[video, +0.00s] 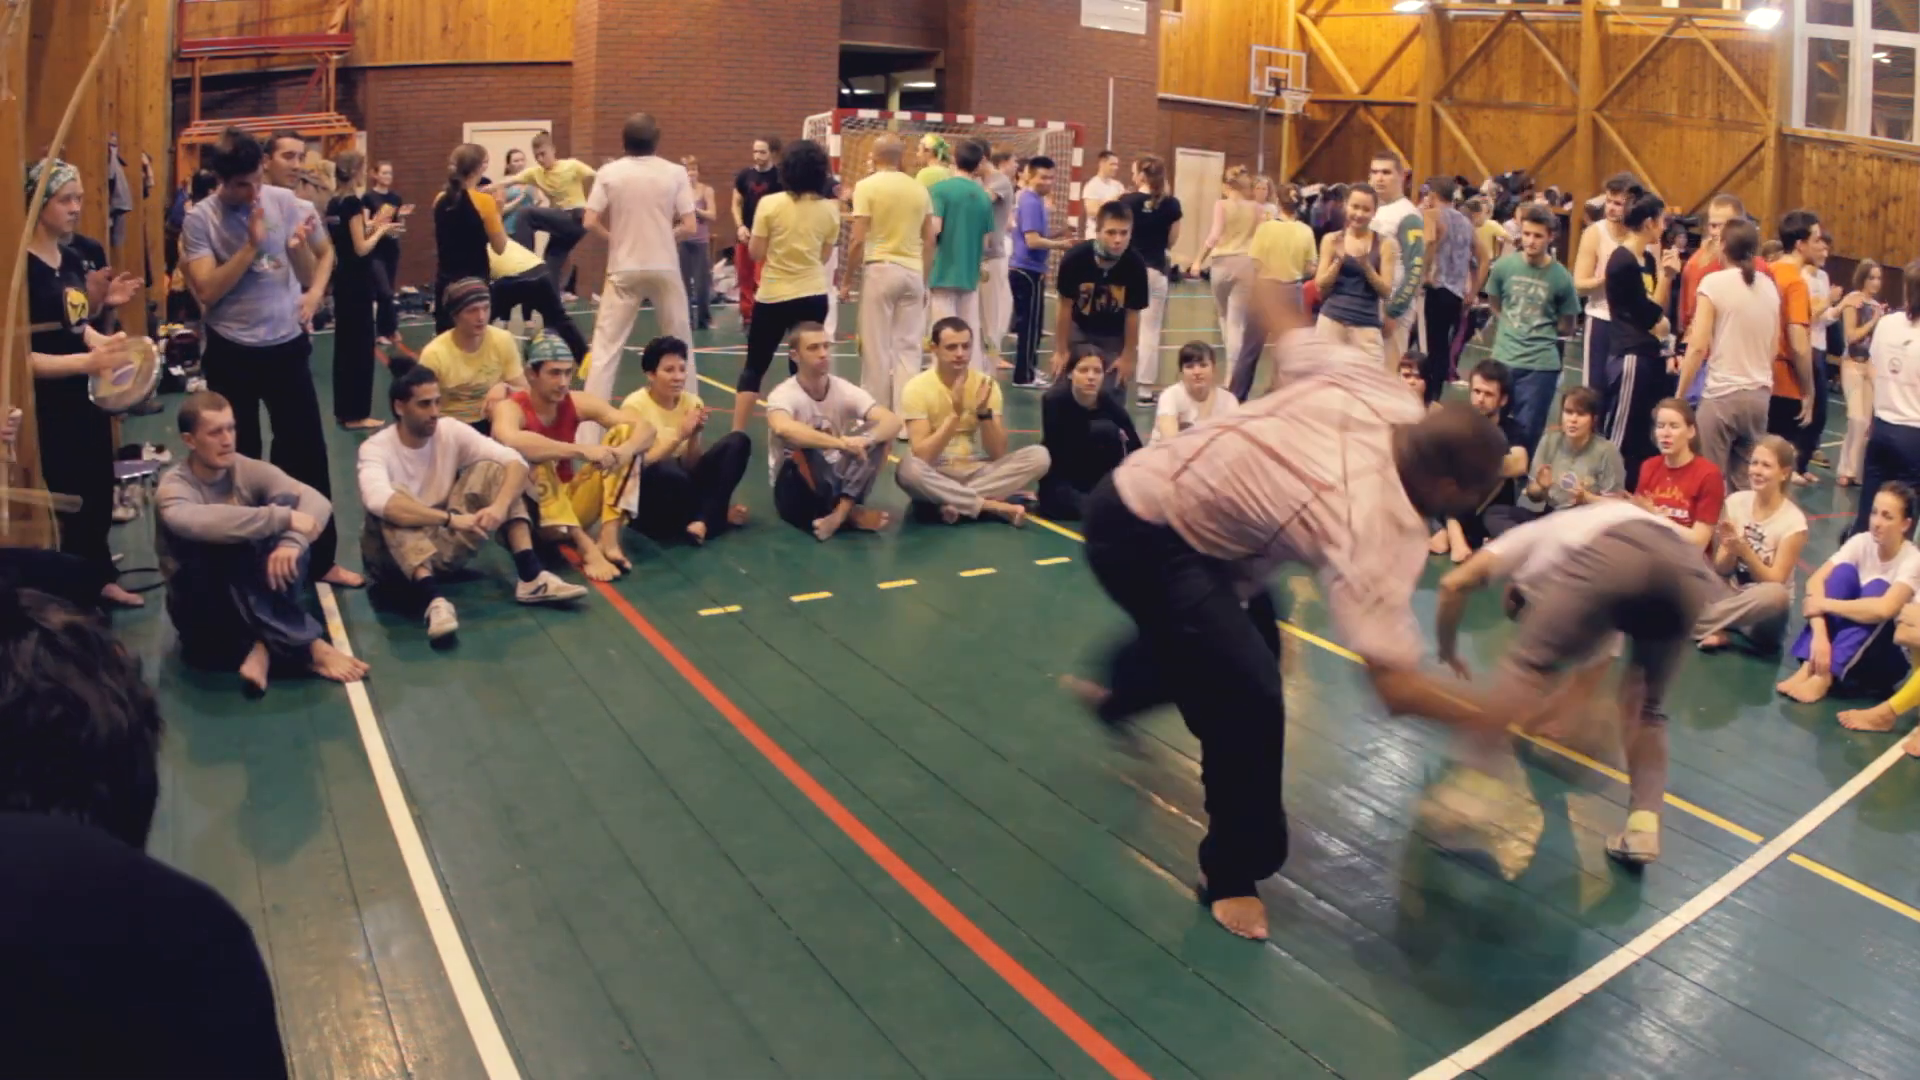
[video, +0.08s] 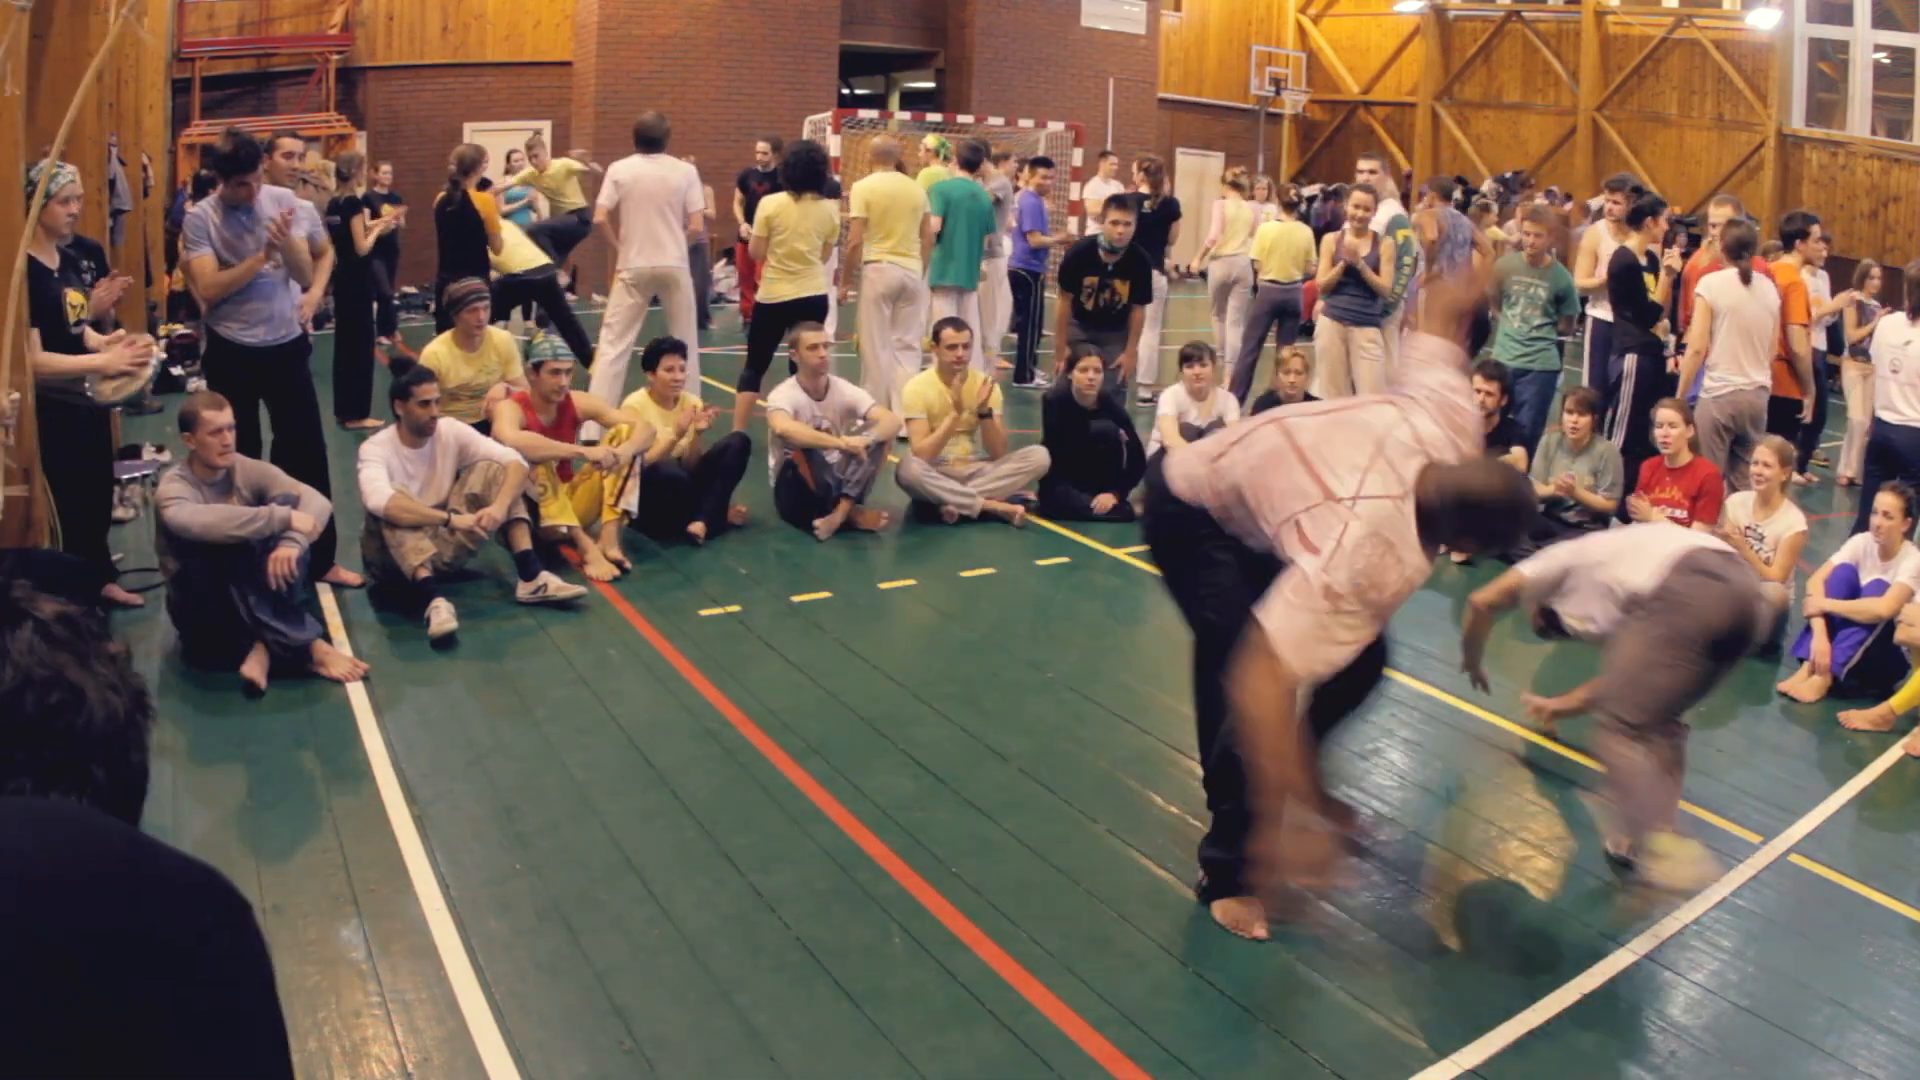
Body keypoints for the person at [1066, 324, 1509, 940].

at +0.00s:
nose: (1474, 503)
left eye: (1481, 492)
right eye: (1475, 492)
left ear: (1430, 413)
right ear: (1446, 487)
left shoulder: (1381, 388)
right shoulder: (1380, 527)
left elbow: (1283, 326)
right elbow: (1398, 690)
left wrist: (1255, 278)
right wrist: (1501, 714)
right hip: (1143, 528)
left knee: (1252, 647)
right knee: (1248, 696)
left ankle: (1114, 690)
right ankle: (1230, 877)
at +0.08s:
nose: (1478, 558)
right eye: (1486, 547)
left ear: (1478, 454)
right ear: (1468, 544)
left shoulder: (1450, 419)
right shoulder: (1372, 552)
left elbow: (1438, 313)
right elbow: (1259, 673)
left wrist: (1478, 269)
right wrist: (1290, 814)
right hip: (1190, 497)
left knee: (1359, 660)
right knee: (1235, 675)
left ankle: (1278, 765)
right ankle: (1228, 875)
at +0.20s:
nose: (1508, 593)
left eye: (1518, 579)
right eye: (1493, 588)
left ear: (1513, 529)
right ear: (1439, 563)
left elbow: (1634, 482)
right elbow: (1176, 494)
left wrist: (1729, 531)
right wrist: (1034, 550)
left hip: (1413, 467)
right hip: (1306, 478)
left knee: (1455, 691)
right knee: (1280, 692)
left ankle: (1472, 849)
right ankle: (1231, 872)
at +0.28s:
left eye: (1457, 624)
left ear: (1460, 588)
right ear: (1388, 596)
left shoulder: (1507, 539)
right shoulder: (1336, 481)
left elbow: (1621, 611)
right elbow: (1245, 394)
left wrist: (1642, 709)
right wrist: (1136, 367)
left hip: (1497, 467)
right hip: (1383, 450)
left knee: (1510, 699)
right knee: (1328, 670)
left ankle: (1477, 847)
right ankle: (1269, 856)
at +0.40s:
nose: (1377, 591)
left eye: (1367, 592)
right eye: (1369, 588)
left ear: (1369, 577)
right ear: (1336, 519)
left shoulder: (1451, 553)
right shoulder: (1364, 420)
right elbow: (1404, 318)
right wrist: (1357, 256)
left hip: (1586, 507)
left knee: (1543, 695)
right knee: (1415, 650)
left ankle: (1494, 855)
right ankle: (1381, 805)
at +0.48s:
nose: (1343, 540)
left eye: (1331, 533)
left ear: (1335, 525)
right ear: (1334, 452)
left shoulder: (1402, 516)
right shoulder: (1404, 376)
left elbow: (1450, 672)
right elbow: (1509, 308)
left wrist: (1328, 773)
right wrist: (1529, 244)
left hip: (1623, 538)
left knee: (1548, 698)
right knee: (1481, 669)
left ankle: (1519, 853)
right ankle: (1458, 819)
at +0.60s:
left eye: (1370, 411)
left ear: (1378, 399)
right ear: (1421, 350)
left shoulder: (1401, 429)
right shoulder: (1498, 322)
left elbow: (1357, 567)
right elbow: (1623, 302)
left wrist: (1243, 645)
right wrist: (1723, 244)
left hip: (1598, 559)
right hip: (1681, 521)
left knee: (1511, 702)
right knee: (1574, 695)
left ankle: (1531, 882)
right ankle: (1559, 833)